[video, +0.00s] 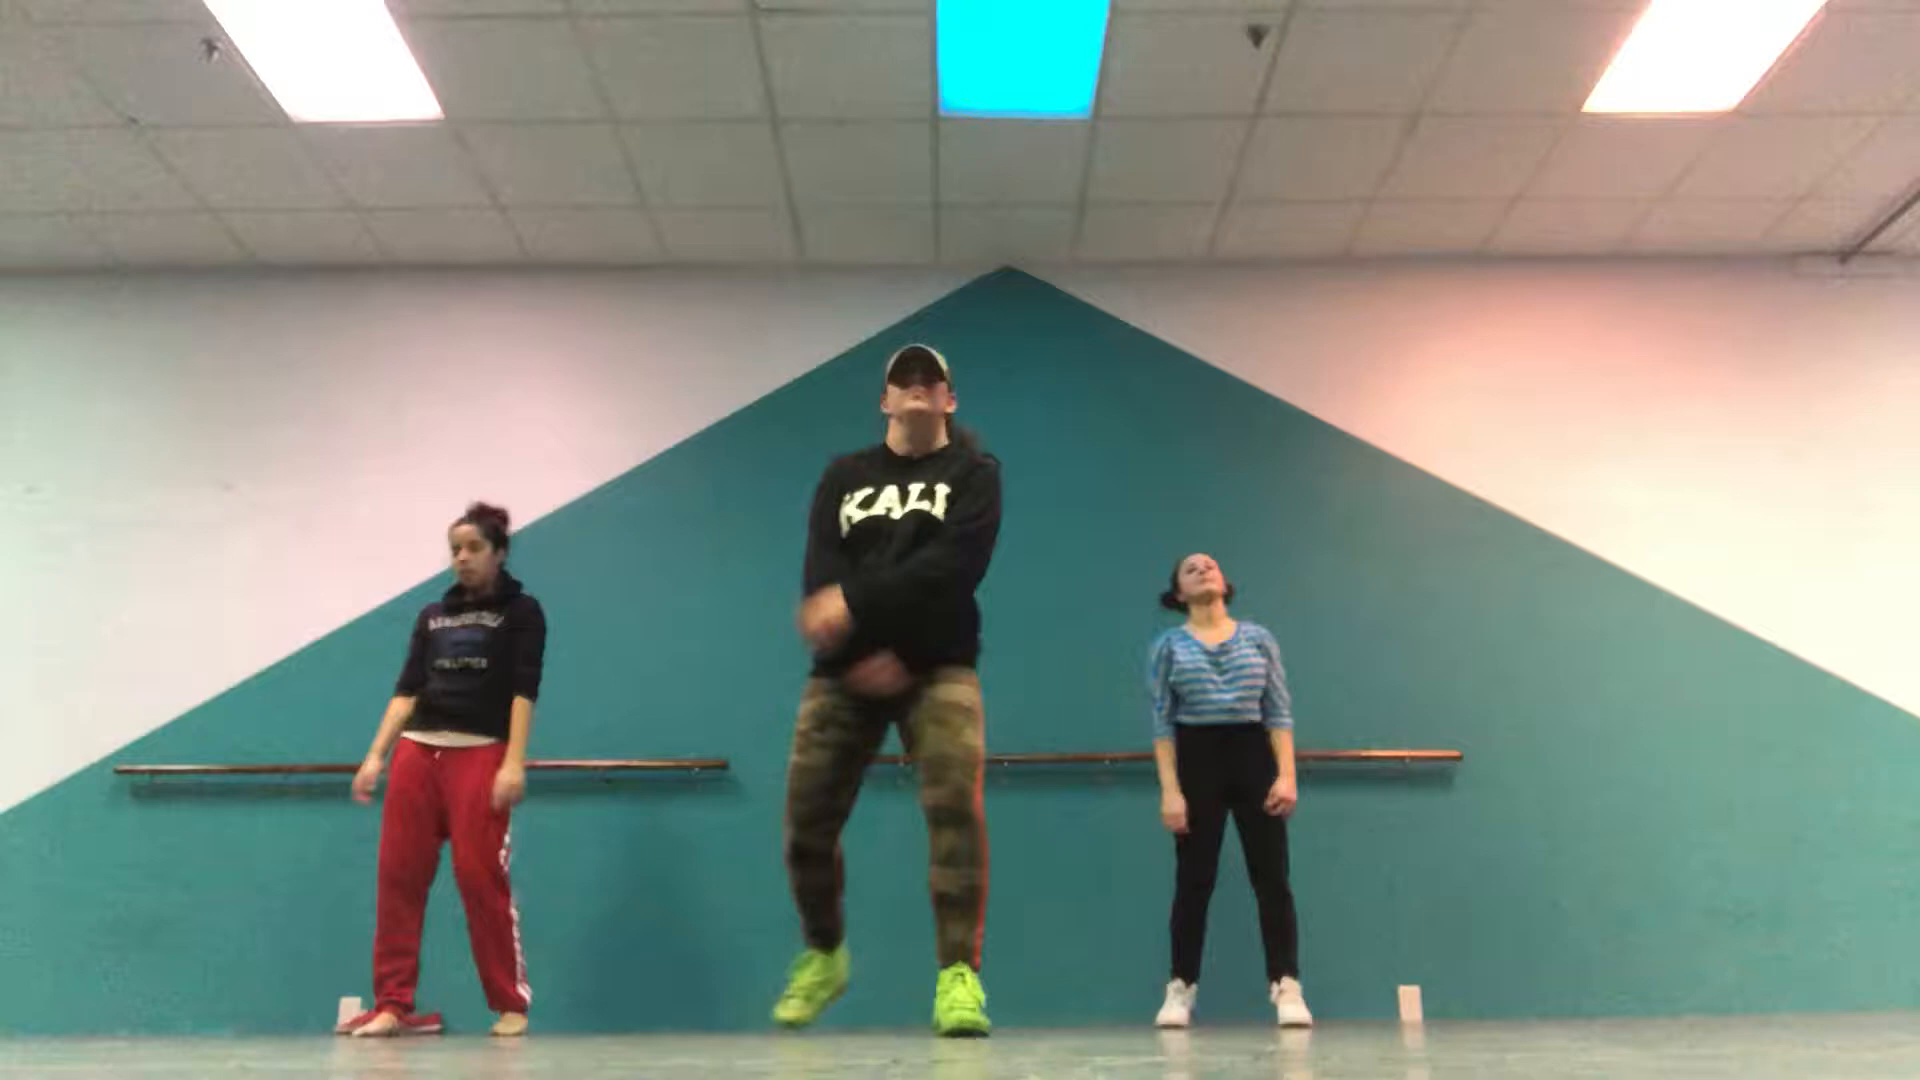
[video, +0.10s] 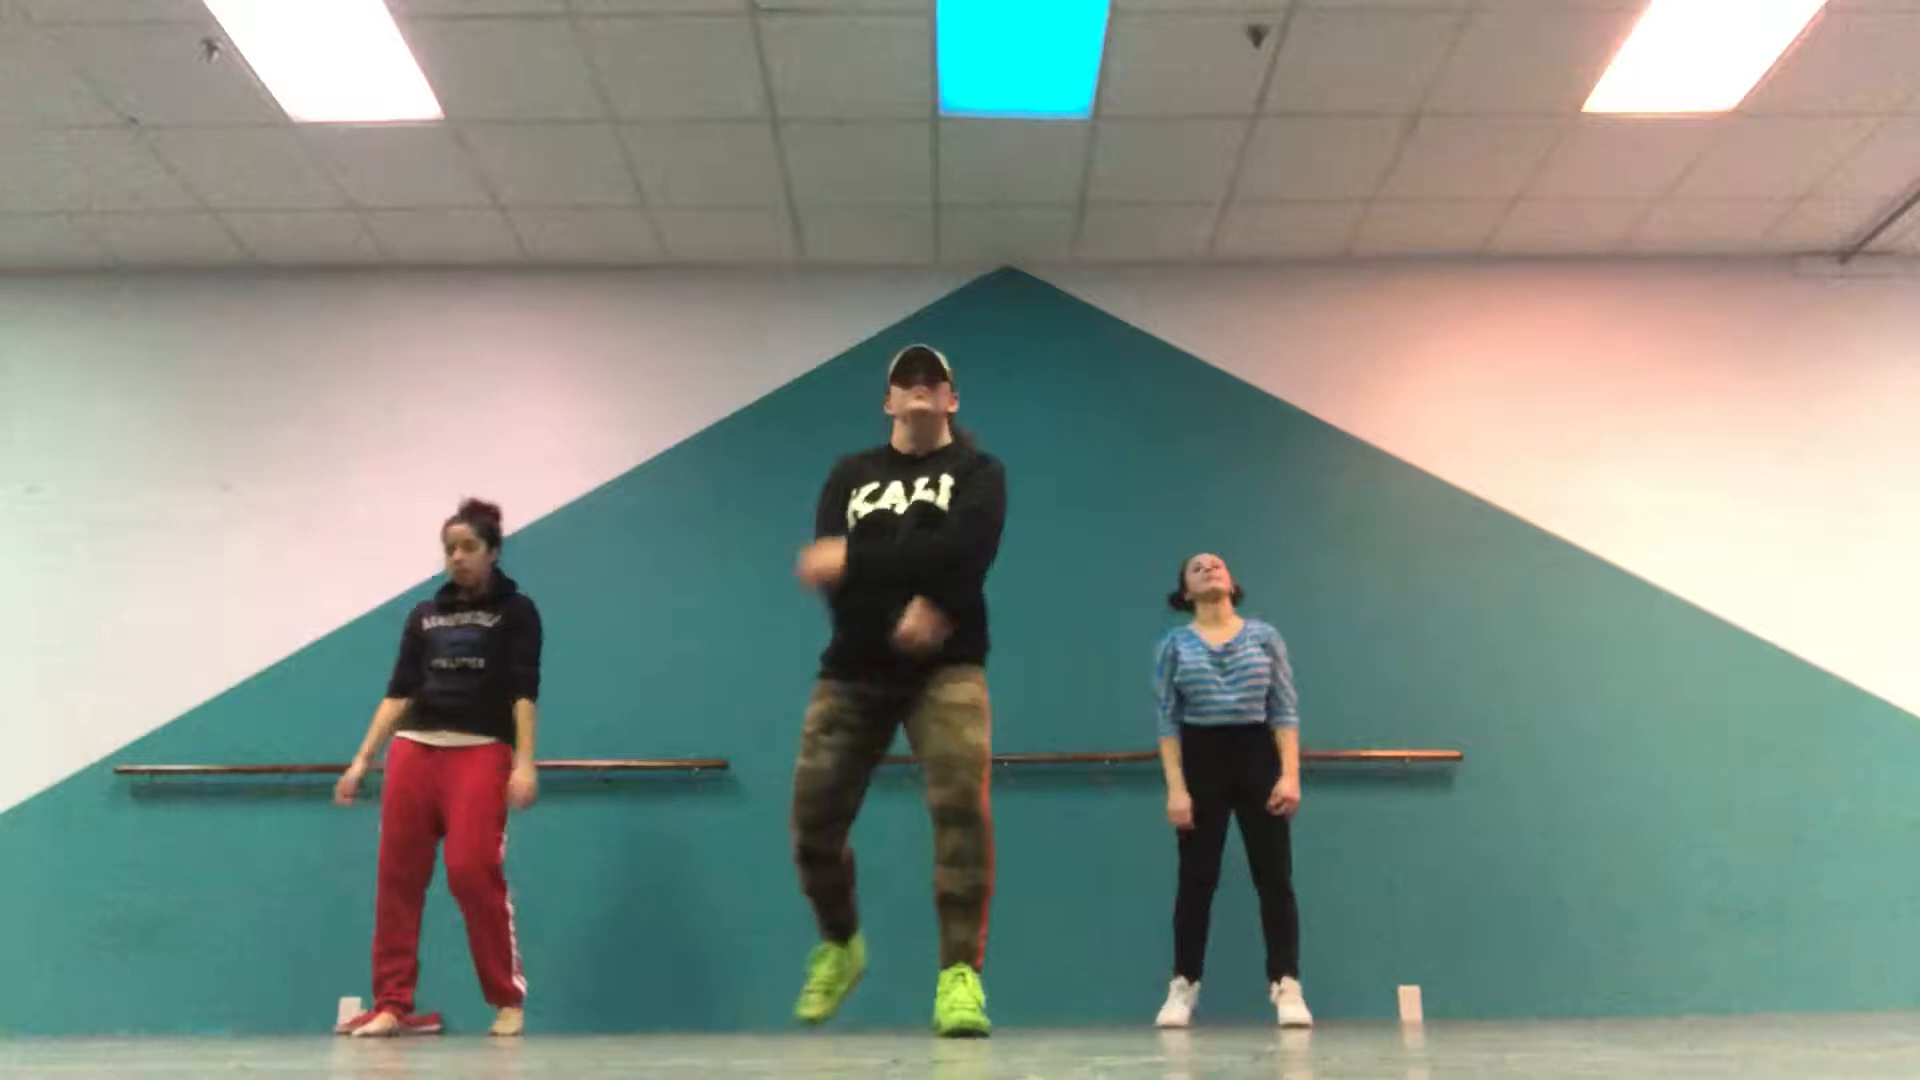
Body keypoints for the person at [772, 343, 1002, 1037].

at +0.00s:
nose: (916, 392)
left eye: (928, 383)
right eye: (904, 384)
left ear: (949, 401)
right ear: (885, 402)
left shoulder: (974, 472)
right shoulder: (843, 474)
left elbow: (955, 565)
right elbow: (822, 580)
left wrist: (852, 600)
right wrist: (855, 653)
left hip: (941, 663)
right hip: (850, 661)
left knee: (953, 805)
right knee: (808, 806)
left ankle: (959, 970)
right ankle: (823, 954)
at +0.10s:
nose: (917, 393)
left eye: (930, 384)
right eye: (906, 384)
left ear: (951, 400)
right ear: (888, 402)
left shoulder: (979, 473)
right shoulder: (850, 474)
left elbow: (964, 553)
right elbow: (834, 569)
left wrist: (853, 554)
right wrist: (904, 607)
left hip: (947, 665)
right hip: (857, 664)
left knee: (960, 807)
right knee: (815, 808)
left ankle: (960, 971)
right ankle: (840, 946)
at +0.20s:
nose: (916, 386)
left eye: (928, 378)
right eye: (904, 379)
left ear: (949, 397)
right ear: (887, 399)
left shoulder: (975, 456)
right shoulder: (857, 463)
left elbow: (970, 528)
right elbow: (833, 533)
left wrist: (858, 507)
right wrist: (911, 521)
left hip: (947, 652)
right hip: (860, 652)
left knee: (954, 804)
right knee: (826, 808)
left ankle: (965, 967)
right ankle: (856, 944)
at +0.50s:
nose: (895, 447)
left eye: (905, 440)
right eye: (883, 442)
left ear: (924, 458)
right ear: (865, 464)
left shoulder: (953, 514)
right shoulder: (843, 520)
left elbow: (988, 543)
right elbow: (824, 552)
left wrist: (913, 515)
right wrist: (861, 532)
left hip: (937, 691)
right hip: (853, 696)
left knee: (942, 821)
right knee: (845, 842)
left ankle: (962, 964)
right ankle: (865, 983)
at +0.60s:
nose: (885, 442)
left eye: (895, 434)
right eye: (872, 437)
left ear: (914, 449)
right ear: (857, 456)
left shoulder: (952, 514)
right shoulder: (833, 517)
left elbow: (972, 586)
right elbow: (814, 594)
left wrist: (940, 621)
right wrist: (839, 640)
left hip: (933, 696)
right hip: (851, 700)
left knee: (940, 823)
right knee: (848, 844)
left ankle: (959, 961)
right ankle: (866, 984)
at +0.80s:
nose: (884, 447)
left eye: (894, 439)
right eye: (873, 442)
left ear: (913, 456)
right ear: (857, 461)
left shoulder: (951, 526)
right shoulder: (829, 530)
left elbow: (986, 614)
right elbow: (790, 617)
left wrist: (1020, 693)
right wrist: (758, 697)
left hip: (933, 702)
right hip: (849, 705)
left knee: (945, 836)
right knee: (853, 845)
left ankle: (947, 964)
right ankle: (866, 984)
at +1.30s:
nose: (929, 499)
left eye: (939, 490)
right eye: (918, 493)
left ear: (957, 508)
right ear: (903, 512)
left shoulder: (984, 577)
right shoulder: (872, 570)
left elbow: (981, 653)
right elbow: (850, 651)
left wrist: (950, 702)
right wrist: (855, 720)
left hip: (941, 726)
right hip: (870, 724)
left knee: (942, 862)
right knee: (864, 853)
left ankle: (930, 988)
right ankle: (862, 977)